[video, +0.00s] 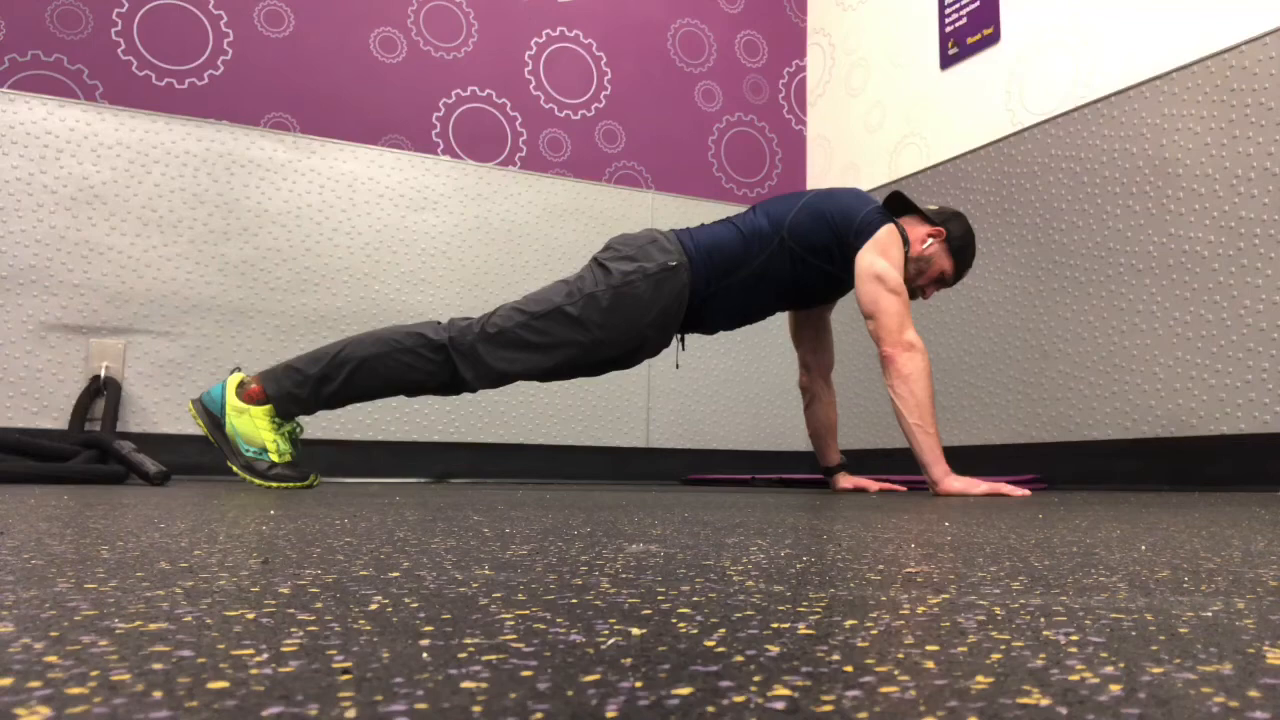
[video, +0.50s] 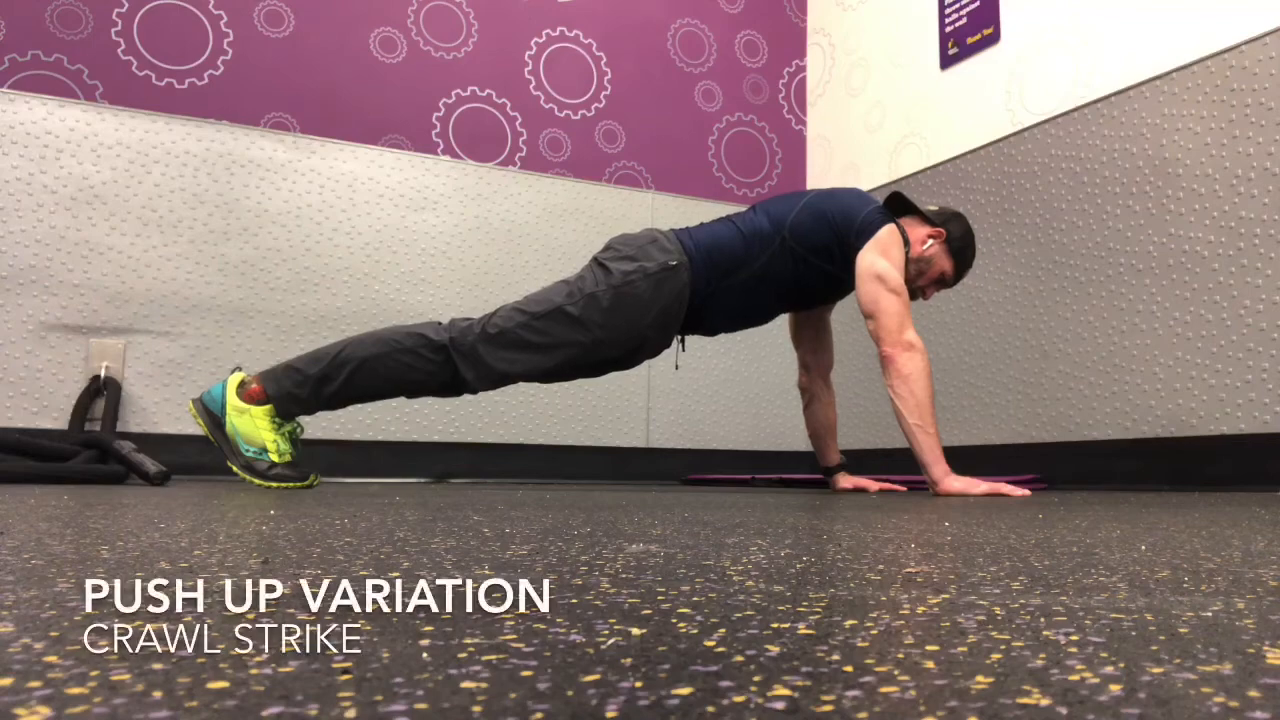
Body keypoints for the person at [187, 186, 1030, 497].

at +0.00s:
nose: (918, 290)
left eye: (930, 284)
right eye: (931, 271)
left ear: (911, 241)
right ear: (923, 232)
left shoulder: (834, 246)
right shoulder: (877, 224)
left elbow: (816, 368)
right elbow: (899, 344)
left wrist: (834, 470)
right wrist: (940, 473)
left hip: (654, 294)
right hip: (652, 283)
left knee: (473, 348)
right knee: (470, 350)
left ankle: (275, 398)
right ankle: (257, 397)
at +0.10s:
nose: (918, 290)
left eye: (930, 283)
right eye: (931, 271)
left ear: (912, 241)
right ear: (923, 232)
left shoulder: (835, 245)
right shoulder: (877, 224)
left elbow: (816, 368)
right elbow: (899, 344)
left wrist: (834, 470)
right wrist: (940, 473)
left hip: (654, 294)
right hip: (652, 283)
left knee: (475, 348)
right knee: (472, 350)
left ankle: (277, 398)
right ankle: (258, 396)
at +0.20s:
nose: (918, 290)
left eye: (930, 284)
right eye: (931, 271)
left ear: (912, 243)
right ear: (923, 232)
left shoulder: (835, 247)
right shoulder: (877, 224)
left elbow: (816, 368)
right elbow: (899, 344)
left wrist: (834, 470)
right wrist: (940, 473)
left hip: (654, 296)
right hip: (651, 283)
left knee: (476, 349)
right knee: (472, 351)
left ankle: (278, 397)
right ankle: (258, 396)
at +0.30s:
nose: (918, 290)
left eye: (930, 284)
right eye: (931, 271)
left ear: (912, 243)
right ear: (923, 233)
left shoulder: (835, 247)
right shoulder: (878, 223)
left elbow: (816, 368)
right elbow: (899, 344)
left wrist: (834, 470)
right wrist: (940, 473)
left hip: (654, 296)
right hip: (651, 283)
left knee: (475, 349)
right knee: (472, 351)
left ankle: (278, 398)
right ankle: (259, 396)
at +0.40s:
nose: (918, 290)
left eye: (930, 284)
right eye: (931, 271)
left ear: (912, 244)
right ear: (923, 233)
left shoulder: (836, 247)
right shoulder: (878, 224)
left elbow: (816, 368)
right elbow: (898, 344)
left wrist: (834, 470)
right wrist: (940, 473)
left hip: (654, 296)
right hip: (651, 283)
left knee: (476, 349)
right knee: (472, 351)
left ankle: (278, 398)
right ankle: (259, 396)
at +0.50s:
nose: (918, 290)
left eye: (930, 284)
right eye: (931, 271)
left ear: (912, 244)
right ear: (922, 233)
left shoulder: (836, 248)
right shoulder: (878, 223)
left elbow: (816, 368)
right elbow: (898, 343)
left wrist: (834, 470)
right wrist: (940, 473)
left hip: (656, 297)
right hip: (653, 283)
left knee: (475, 349)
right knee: (472, 352)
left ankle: (276, 398)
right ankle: (258, 397)